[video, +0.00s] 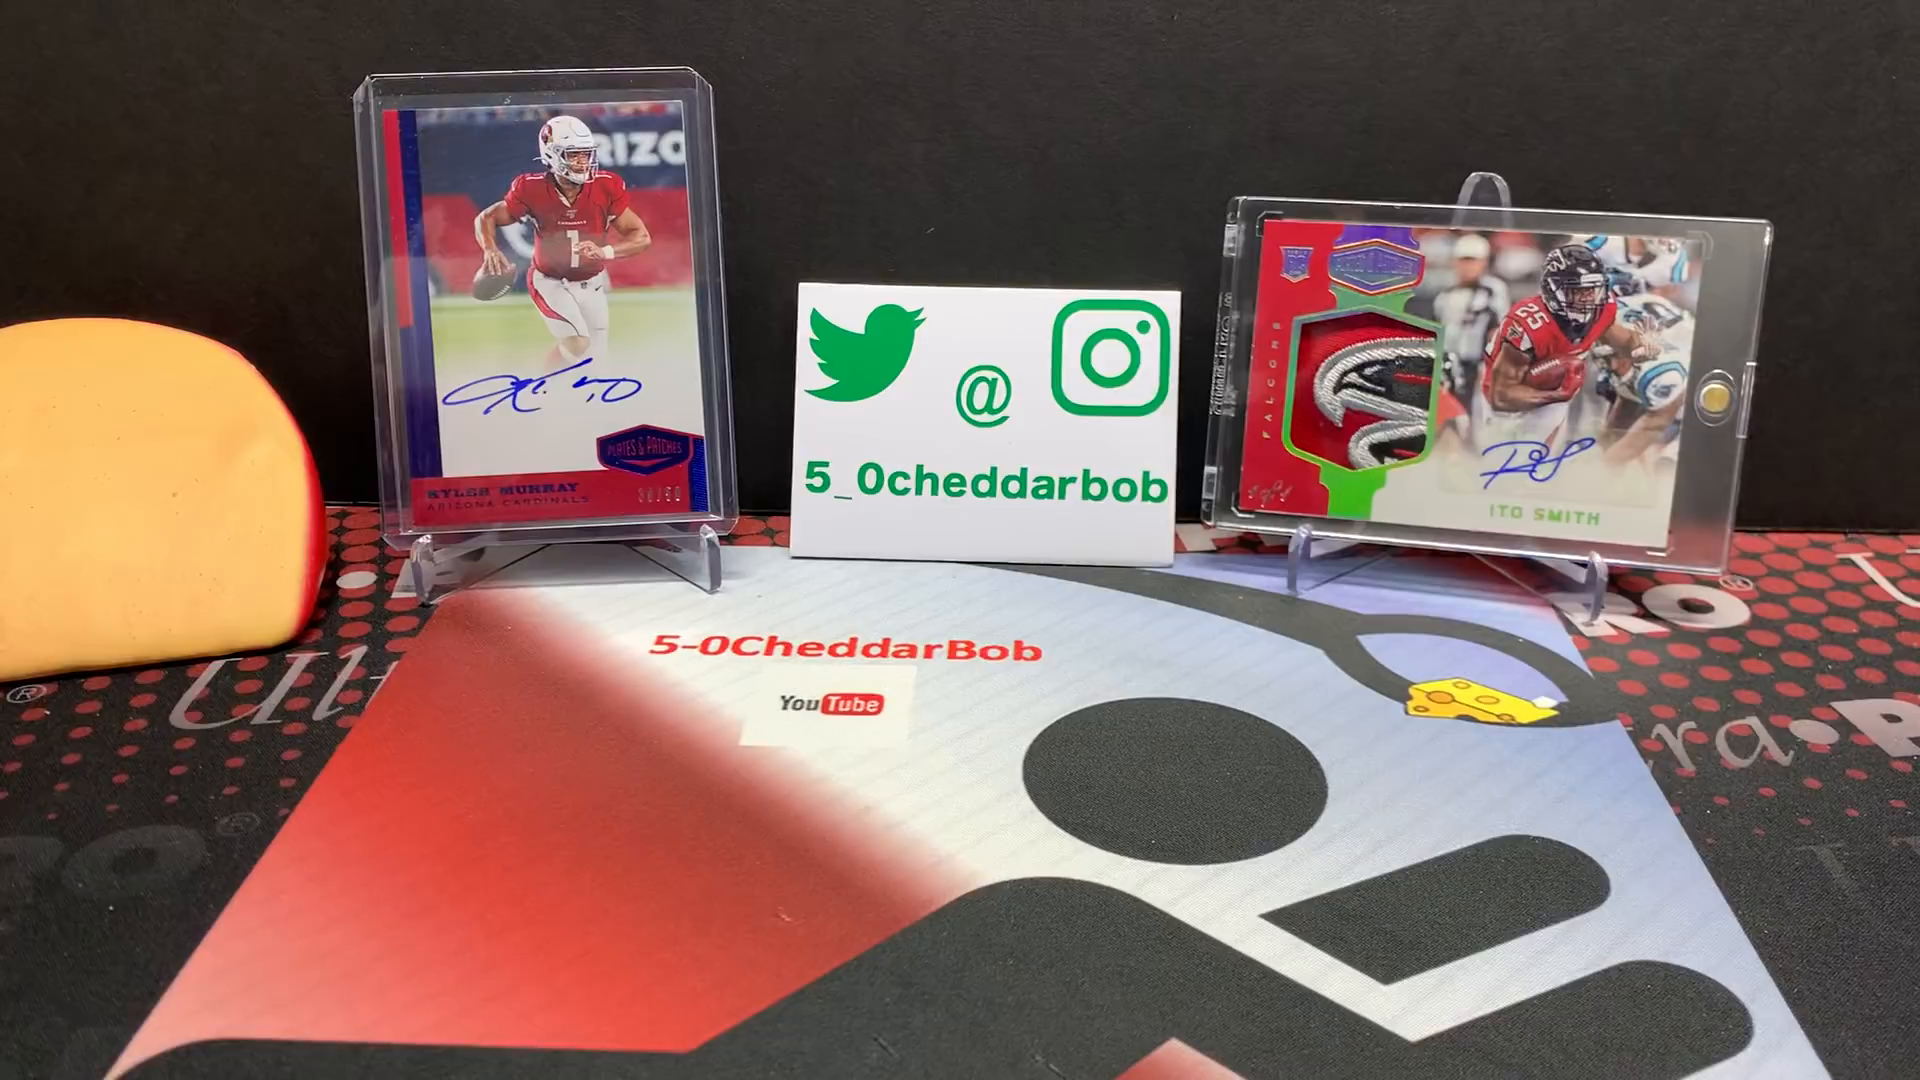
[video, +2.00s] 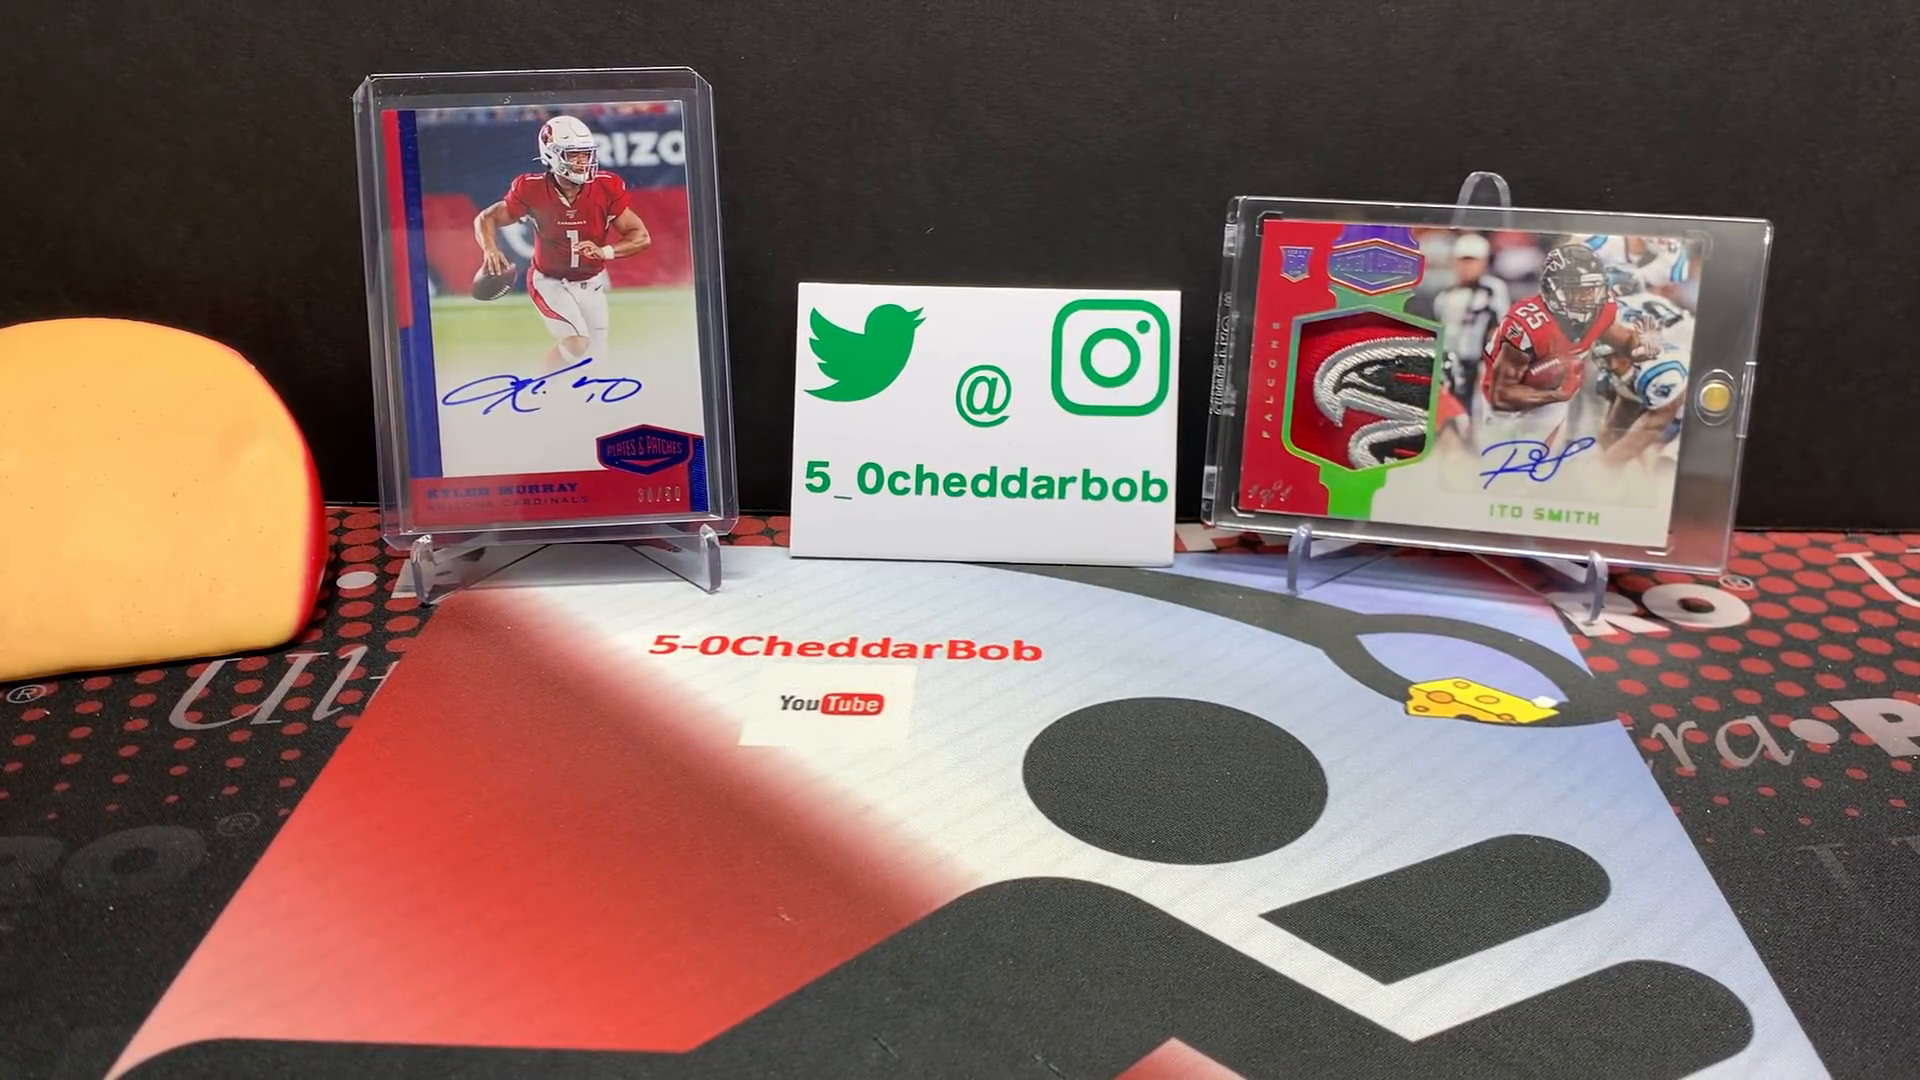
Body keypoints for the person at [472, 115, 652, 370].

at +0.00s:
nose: (580, 162)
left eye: (585, 155)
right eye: (573, 156)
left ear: (592, 154)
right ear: (552, 155)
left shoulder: (606, 187)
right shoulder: (529, 189)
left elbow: (642, 237)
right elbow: (484, 219)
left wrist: (605, 252)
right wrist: (490, 249)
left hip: (592, 282)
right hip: (549, 280)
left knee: (596, 361)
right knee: (576, 344)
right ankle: (534, 392)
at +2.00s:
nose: (581, 162)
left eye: (585, 155)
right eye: (573, 156)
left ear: (592, 154)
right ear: (552, 155)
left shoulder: (607, 187)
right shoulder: (530, 189)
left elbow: (641, 237)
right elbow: (484, 219)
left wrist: (605, 252)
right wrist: (490, 249)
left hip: (591, 282)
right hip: (548, 280)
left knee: (595, 362)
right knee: (577, 344)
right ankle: (533, 389)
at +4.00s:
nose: (580, 162)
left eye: (585, 155)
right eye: (572, 156)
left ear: (592, 154)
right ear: (552, 155)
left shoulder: (607, 186)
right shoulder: (530, 189)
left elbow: (641, 237)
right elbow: (484, 219)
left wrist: (605, 252)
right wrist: (490, 249)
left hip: (591, 282)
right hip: (548, 280)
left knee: (595, 361)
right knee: (576, 343)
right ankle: (533, 391)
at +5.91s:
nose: (580, 162)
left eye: (585, 155)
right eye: (573, 156)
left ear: (591, 154)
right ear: (552, 155)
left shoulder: (606, 187)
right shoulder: (530, 189)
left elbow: (641, 238)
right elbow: (484, 219)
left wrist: (605, 252)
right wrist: (490, 248)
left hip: (591, 283)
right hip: (549, 280)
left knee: (596, 362)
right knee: (577, 344)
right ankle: (534, 391)